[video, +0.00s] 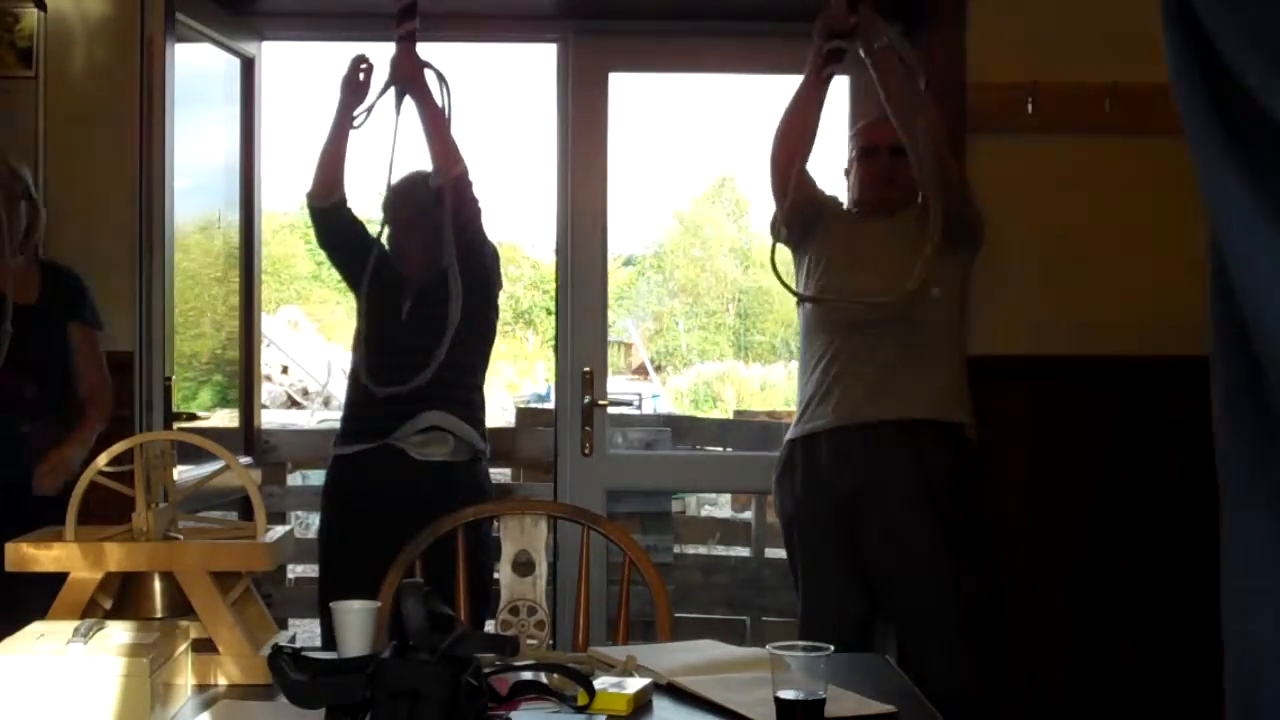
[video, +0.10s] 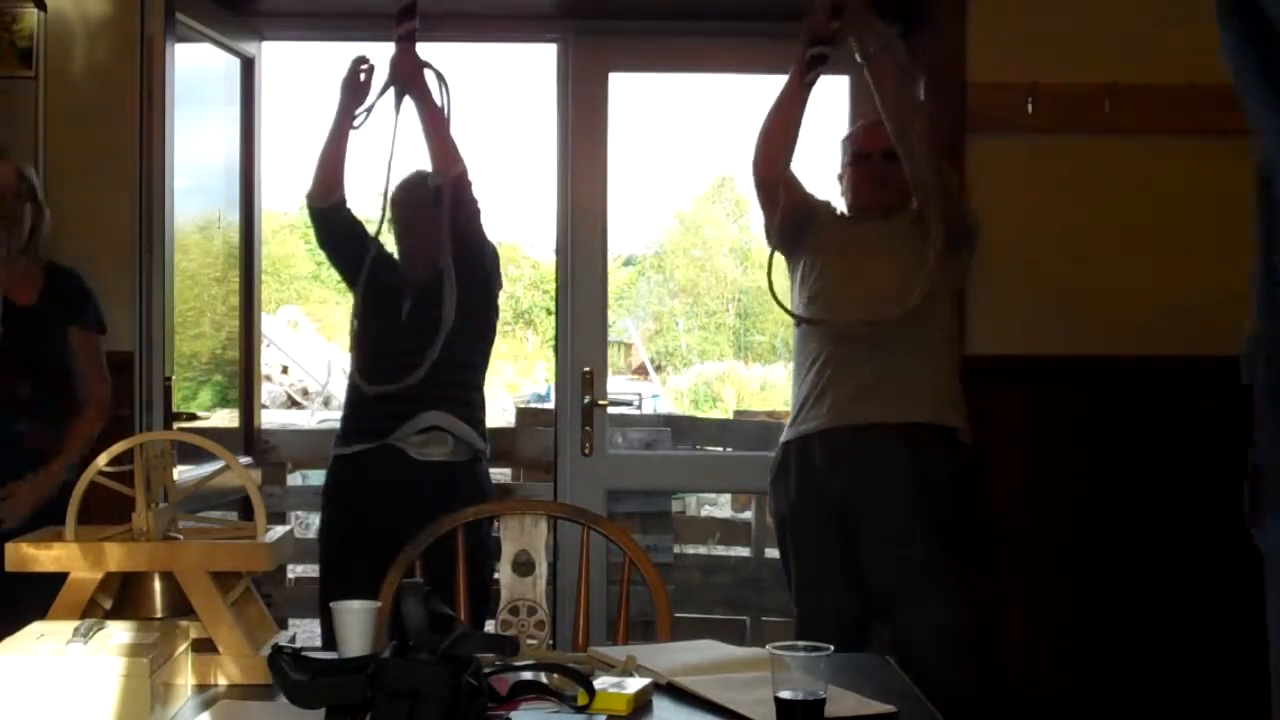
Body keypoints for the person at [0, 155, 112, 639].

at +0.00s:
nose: (4, 217)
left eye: (10, 204)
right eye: (3, 205)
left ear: (28, 213)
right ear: (10, 213)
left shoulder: (59, 288)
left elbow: (99, 398)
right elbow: (98, 397)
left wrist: (67, 458)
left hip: (33, 482)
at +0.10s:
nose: (10, 209)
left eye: (18, 198)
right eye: (4, 198)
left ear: (35, 211)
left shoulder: (61, 288)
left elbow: (97, 401)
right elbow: (95, 401)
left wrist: (41, 484)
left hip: (36, 496)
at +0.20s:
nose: (7, 210)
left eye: (18, 198)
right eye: (1, 198)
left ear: (39, 210)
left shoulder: (67, 290)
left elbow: (98, 403)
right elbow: (97, 404)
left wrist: (42, 478)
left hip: (39, 496)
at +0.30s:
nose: (10, 209)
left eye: (20, 196)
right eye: (3, 197)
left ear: (39, 209)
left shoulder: (67, 287)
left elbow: (103, 395)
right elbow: (101, 394)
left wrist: (41, 464)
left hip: (38, 491)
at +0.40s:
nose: (9, 209)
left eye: (20, 196)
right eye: (1, 196)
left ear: (38, 209)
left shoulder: (64, 284)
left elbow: (105, 392)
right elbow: (103, 391)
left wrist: (43, 460)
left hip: (39, 488)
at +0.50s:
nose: (6, 206)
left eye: (17, 193)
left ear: (36, 206)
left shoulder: (63, 282)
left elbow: (106, 392)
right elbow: (104, 392)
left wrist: (44, 458)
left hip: (36, 491)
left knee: (34, 626)